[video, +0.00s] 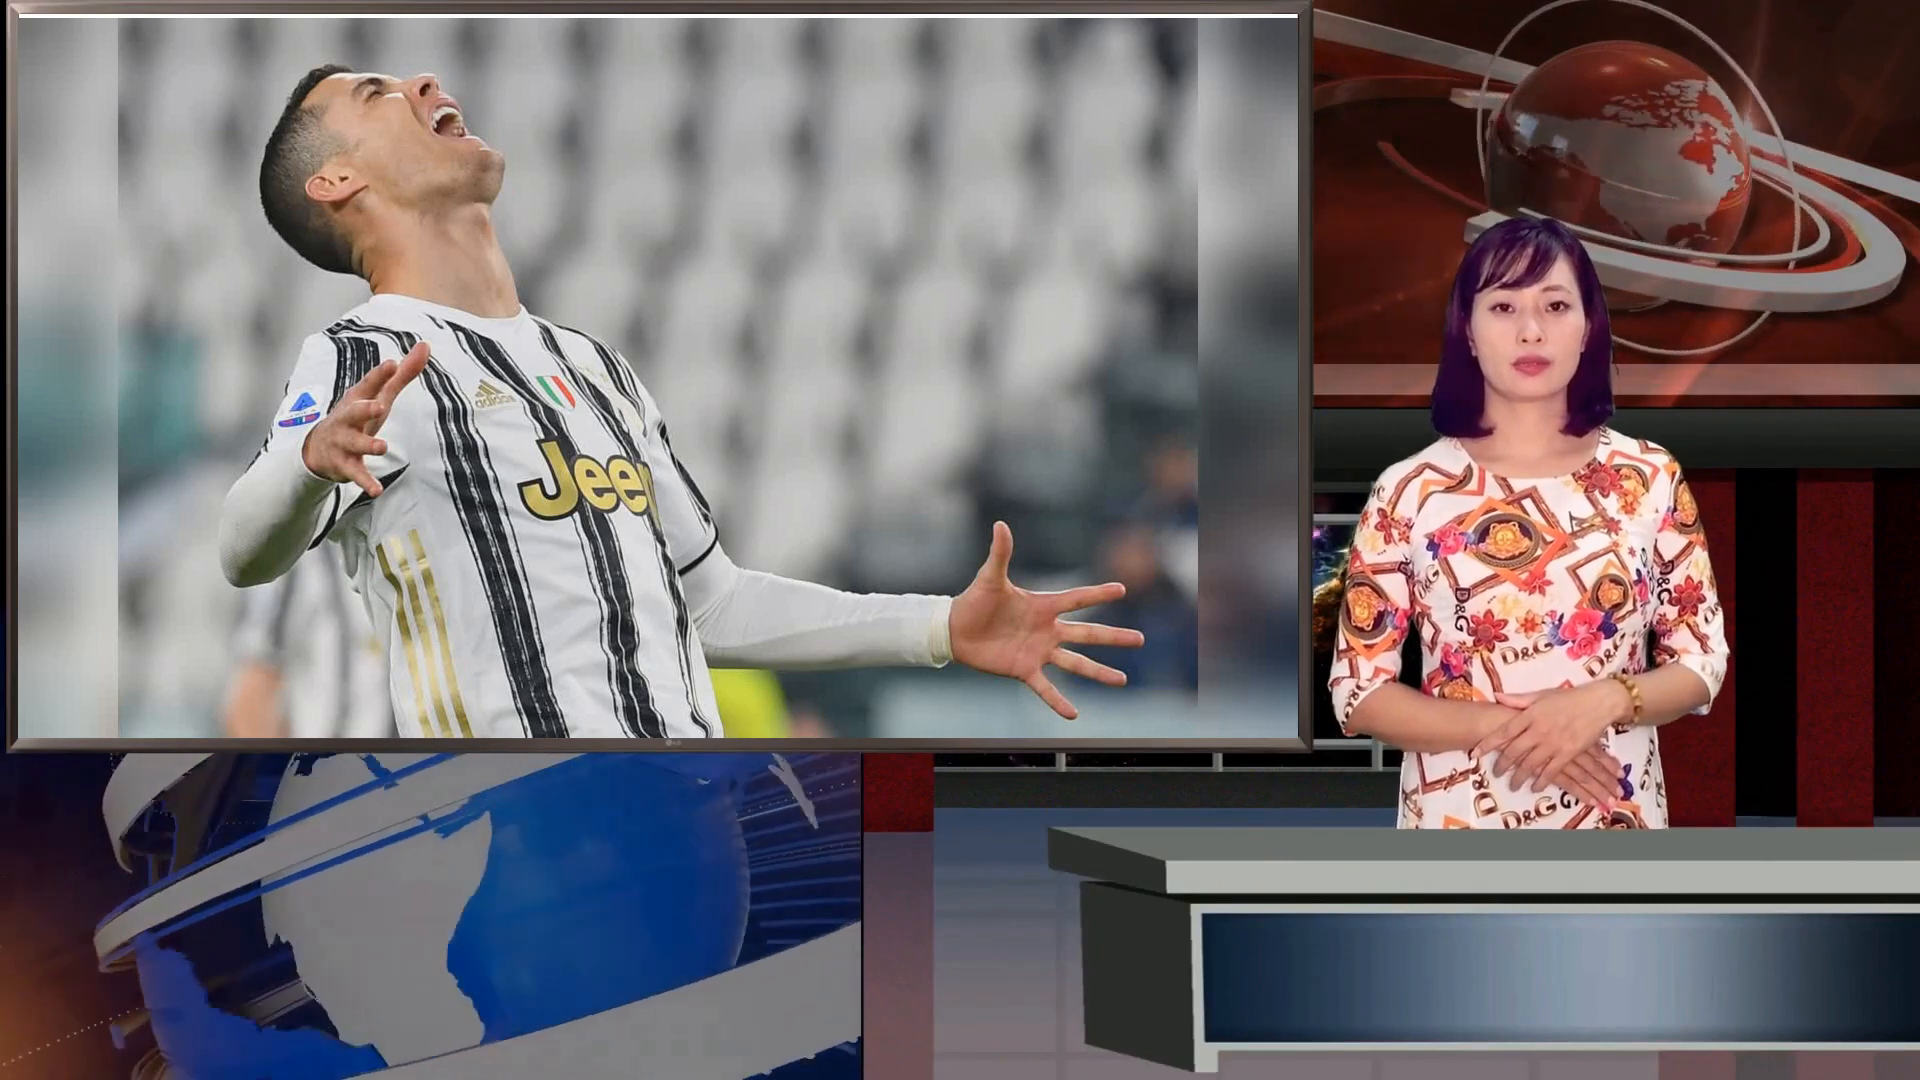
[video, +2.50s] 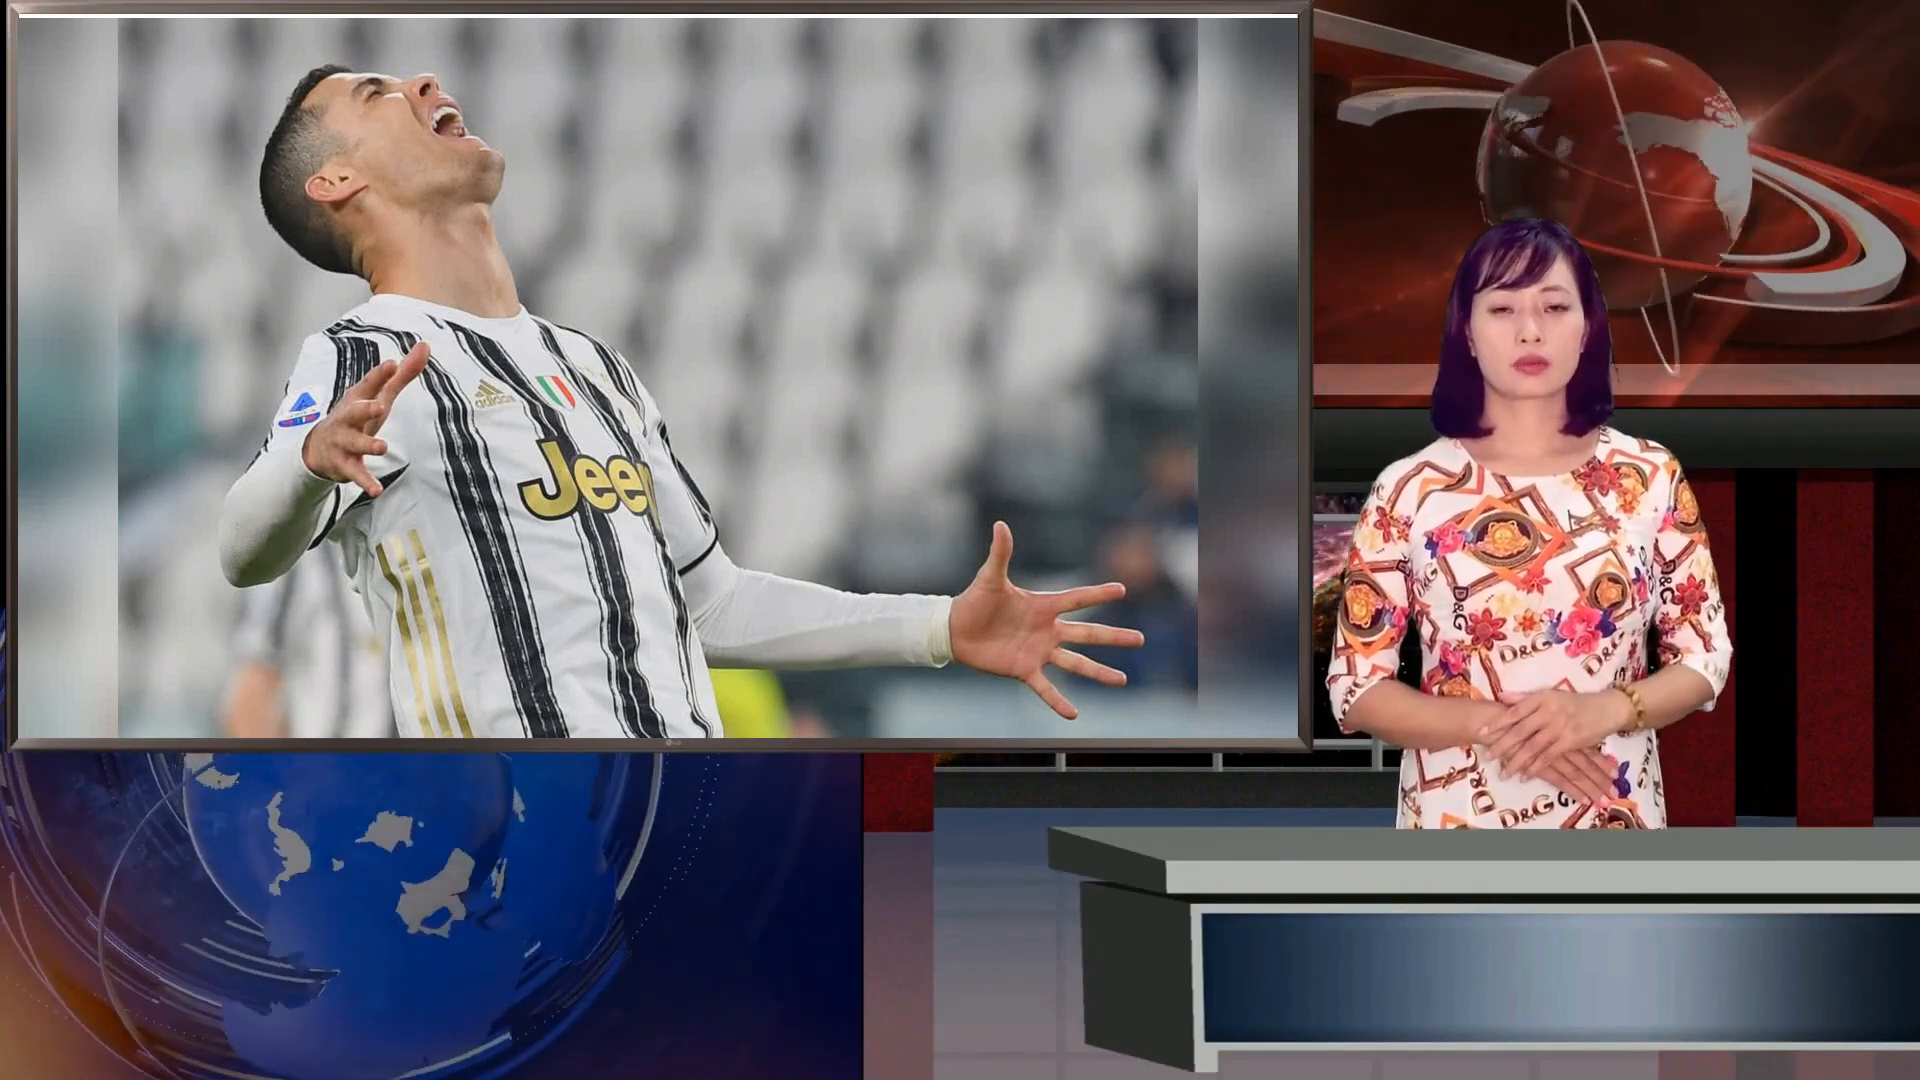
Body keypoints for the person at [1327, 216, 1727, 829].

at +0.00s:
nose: (1531, 330)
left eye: (1555, 306)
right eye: (1503, 307)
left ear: (1589, 326)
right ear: (1466, 328)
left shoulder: (1648, 478)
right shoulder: (1407, 492)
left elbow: (1702, 661)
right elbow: (1357, 691)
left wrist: (1604, 701)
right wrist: (1516, 731)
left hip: (1615, 830)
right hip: (1458, 830)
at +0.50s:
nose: (1528, 331)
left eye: (1553, 307)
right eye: (1501, 309)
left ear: (1586, 326)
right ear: (1464, 329)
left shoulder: (1646, 477)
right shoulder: (1406, 491)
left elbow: (1702, 659)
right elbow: (1357, 691)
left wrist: (1602, 699)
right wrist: (1516, 729)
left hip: (1614, 831)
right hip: (1457, 830)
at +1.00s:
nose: (1530, 330)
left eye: (1555, 306)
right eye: (1502, 308)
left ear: (1588, 327)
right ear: (1467, 330)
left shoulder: (1647, 478)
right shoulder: (1407, 491)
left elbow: (1701, 660)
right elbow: (1357, 689)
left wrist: (1602, 700)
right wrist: (1513, 729)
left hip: (1613, 831)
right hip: (1457, 830)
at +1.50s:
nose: (1531, 329)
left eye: (1555, 305)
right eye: (1502, 307)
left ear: (1588, 326)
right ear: (1466, 328)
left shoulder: (1647, 479)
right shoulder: (1406, 492)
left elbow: (1704, 668)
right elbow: (1355, 689)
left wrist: (1652, 682)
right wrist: (1498, 724)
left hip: (1613, 833)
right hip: (1456, 832)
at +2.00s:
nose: (1531, 329)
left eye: (1556, 306)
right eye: (1503, 308)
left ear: (1588, 326)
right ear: (1467, 329)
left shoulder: (1647, 479)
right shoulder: (1407, 491)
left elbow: (1707, 660)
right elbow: (1355, 689)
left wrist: (1608, 700)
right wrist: (1492, 722)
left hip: (1613, 830)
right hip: (1457, 829)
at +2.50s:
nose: (1529, 330)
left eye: (1554, 307)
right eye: (1502, 309)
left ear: (1588, 326)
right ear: (1466, 330)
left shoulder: (1648, 478)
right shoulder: (1408, 490)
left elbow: (1704, 657)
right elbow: (1355, 688)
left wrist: (1602, 711)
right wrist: (1502, 728)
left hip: (1611, 829)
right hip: (1456, 829)